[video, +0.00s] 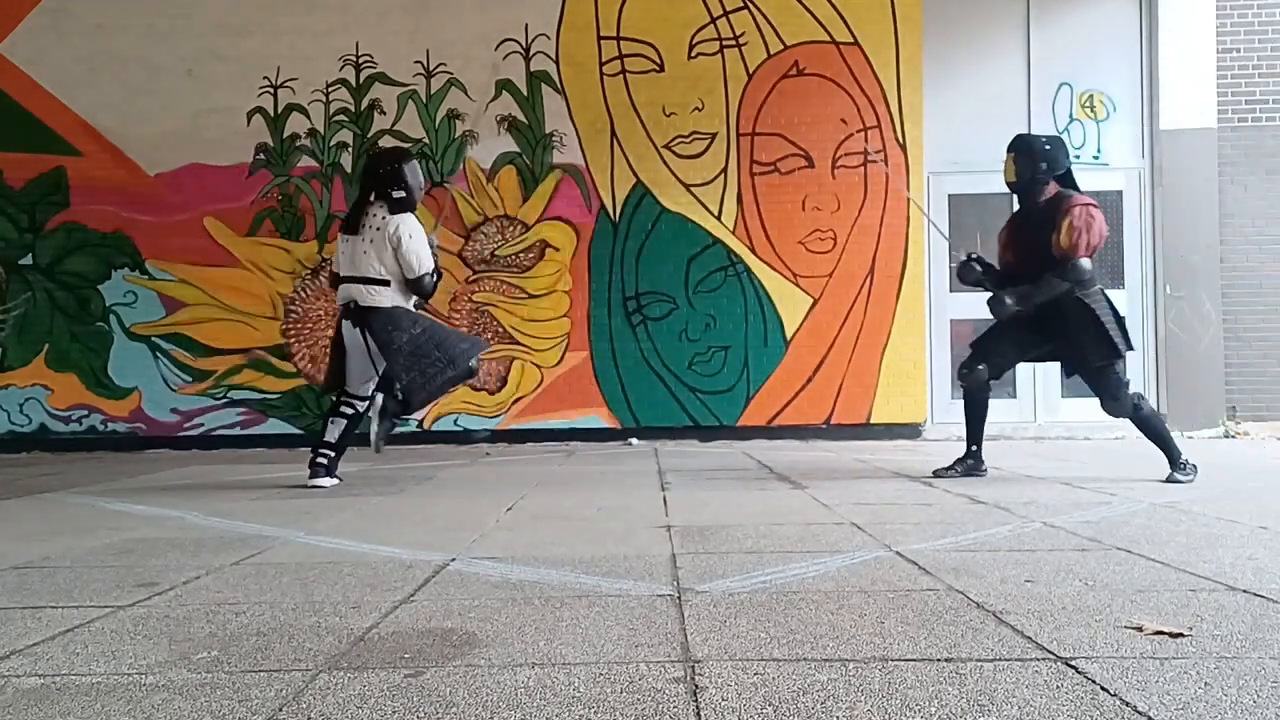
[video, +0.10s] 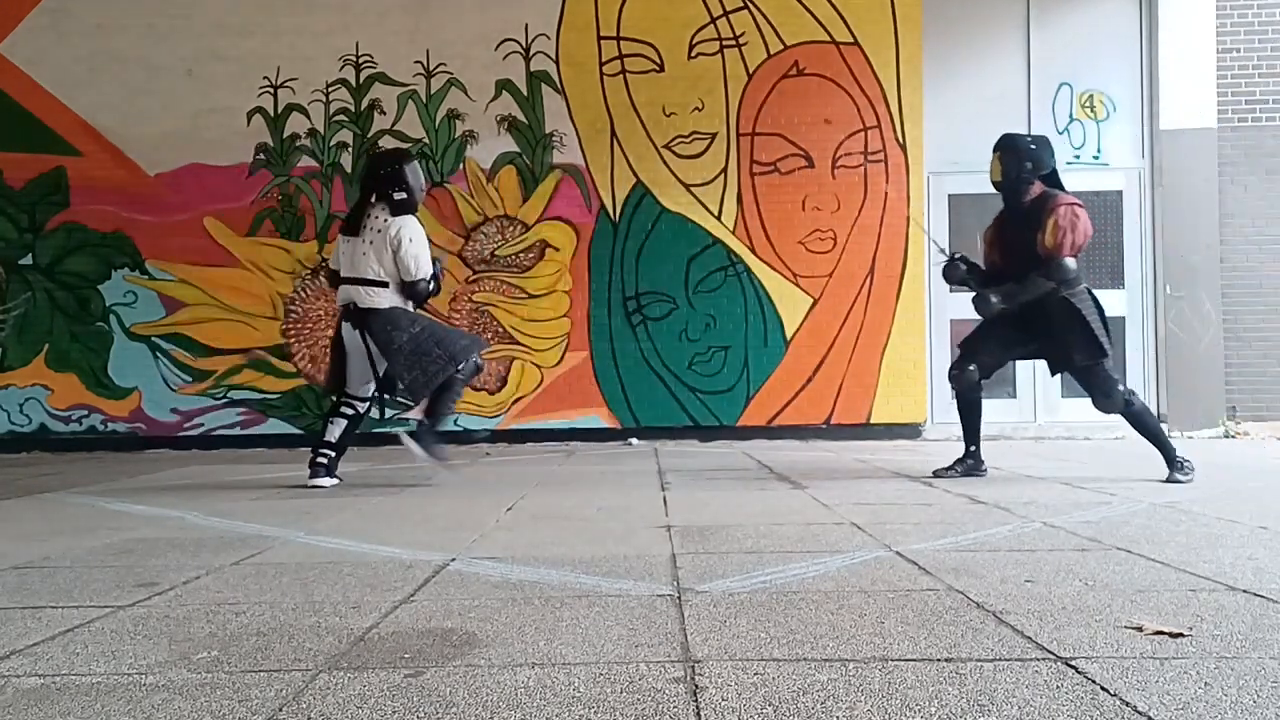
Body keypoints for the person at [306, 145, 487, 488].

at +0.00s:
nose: (419, 185)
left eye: (416, 176)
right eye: (414, 177)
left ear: (371, 183)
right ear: (401, 183)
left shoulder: (353, 220)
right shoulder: (403, 221)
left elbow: (337, 277)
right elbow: (424, 286)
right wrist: (435, 261)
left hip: (351, 317)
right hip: (390, 318)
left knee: (354, 395)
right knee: (454, 364)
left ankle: (321, 468)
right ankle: (394, 407)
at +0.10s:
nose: (422, 185)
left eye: (419, 176)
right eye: (415, 177)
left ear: (373, 185)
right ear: (401, 184)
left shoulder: (353, 220)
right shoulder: (404, 224)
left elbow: (334, 275)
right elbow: (419, 290)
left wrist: (373, 276)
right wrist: (436, 275)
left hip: (351, 321)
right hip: (390, 320)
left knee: (355, 395)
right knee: (467, 354)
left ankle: (321, 468)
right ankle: (430, 430)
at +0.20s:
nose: (427, 189)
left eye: (425, 181)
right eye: (422, 182)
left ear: (381, 188)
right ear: (408, 189)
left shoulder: (360, 223)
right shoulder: (409, 229)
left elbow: (337, 276)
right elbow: (420, 295)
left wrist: (376, 286)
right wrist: (445, 296)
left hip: (356, 325)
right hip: (393, 325)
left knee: (357, 398)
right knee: (465, 363)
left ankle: (322, 468)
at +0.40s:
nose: (458, 194)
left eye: (455, 186)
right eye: (452, 187)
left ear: (411, 195)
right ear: (439, 194)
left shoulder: (393, 232)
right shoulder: (441, 235)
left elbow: (375, 284)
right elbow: (454, 299)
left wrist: (410, 305)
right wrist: (476, 323)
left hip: (397, 331)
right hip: (434, 333)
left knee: (377, 404)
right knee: (506, 375)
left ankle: (327, 466)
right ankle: (518, 461)